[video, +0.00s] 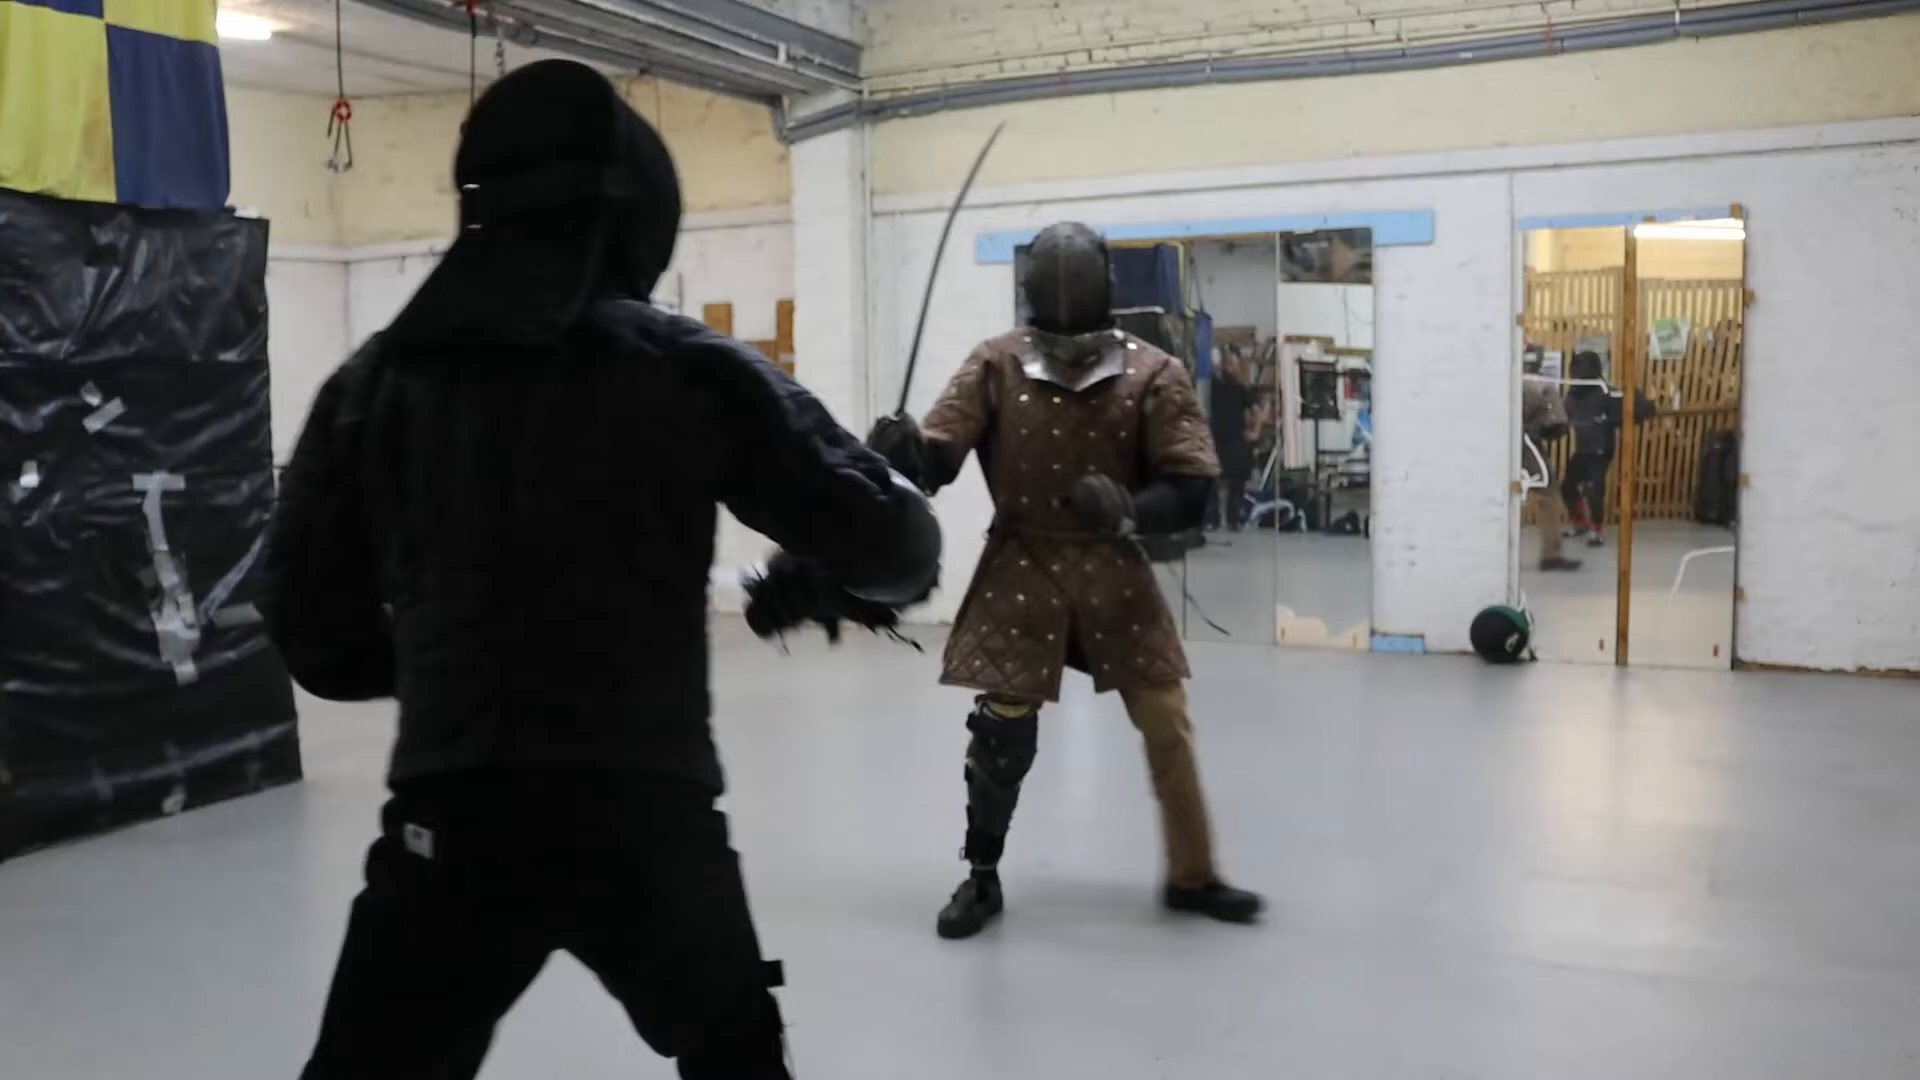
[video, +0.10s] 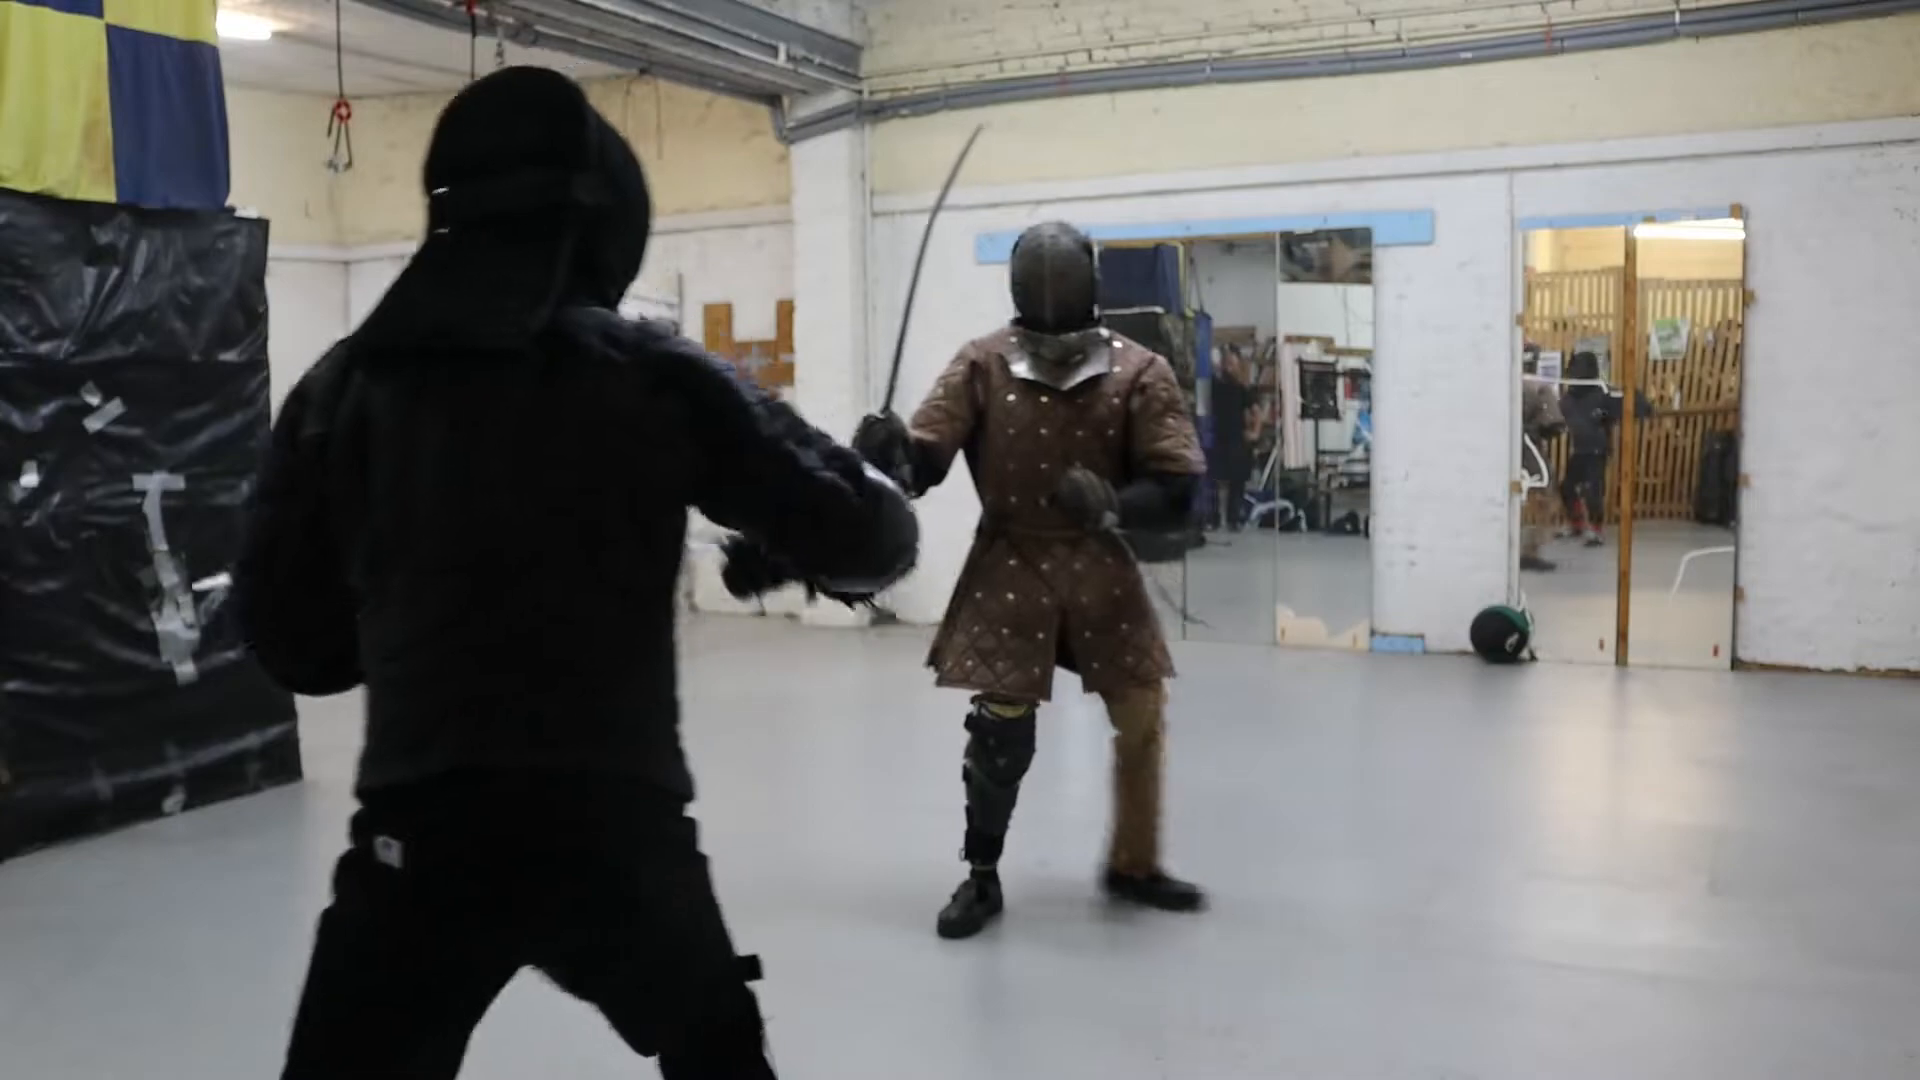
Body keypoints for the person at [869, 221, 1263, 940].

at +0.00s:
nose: (1062, 326)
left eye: (1077, 311)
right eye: (1048, 310)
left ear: (1102, 301)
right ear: (1030, 301)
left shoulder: (1153, 375)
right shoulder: (994, 368)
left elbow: (1195, 492)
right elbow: (935, 462)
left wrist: (1132, 508)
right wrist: (906, 449)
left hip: (1117, 572)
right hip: (1021, 570)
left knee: (1168, 722)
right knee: (1000, 729)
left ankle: (1192, 878)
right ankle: (979, 880)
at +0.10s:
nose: (1056, 352)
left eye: (1069, 337)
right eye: (1041, 338)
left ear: (1092, 307)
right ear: (1019, 311)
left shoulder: (1139, 372)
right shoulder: (981, 368)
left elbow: (1178, 486)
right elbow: (923, 465)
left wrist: (1113, 499)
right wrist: (893, 451)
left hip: (1102, 567)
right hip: (1010, 566)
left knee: (1143, 709)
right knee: (1001, 722)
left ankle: (1133, 868)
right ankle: (981, 877)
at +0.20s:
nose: (1037, 354)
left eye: (1052, 339)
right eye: (1022, 340)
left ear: (1075, 307)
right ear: (1002, 312)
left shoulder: (1123, 370)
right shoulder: (967, 367)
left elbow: (1162, 482)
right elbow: (913, 471)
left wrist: (1094, 496)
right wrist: (880, 463)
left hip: (1085, 567)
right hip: (996, 566)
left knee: (1098, 721)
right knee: (997, 730)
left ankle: (1054, 858)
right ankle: (979, 878)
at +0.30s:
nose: (1027, 333)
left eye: (1040, 318)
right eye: (1012, 317)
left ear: (1064, 299)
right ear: (991, 301)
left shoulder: (1112, 370)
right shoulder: (959, 368)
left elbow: (1152, 483)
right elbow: (916, 464)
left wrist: (1080, 493)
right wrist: (893, 488)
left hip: (1074, 570)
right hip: (987, 567)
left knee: (1061, 731)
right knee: (992, 726)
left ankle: (1025, 857)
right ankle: (980, 877)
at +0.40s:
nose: (1019, 327)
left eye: (1033, 311)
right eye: (1004, 312)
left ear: (1055, 297)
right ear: (985, 300)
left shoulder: (1105, 370)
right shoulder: (954, 369)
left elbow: (1139, 483)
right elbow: (915, 466)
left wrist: (1064, 488)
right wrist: (909, 509)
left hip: (1066, 572)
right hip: (980, 569)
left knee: (1052, 731)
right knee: (985, 727)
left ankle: (1024, 857)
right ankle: (979, 875)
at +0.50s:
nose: (1016, 336)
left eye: (1030, 321)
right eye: (1001, 321)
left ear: (1053, 300)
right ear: (980, 304)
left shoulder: (1098, 370)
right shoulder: (948, 371)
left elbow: (1128, 482)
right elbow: (912, 477)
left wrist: (1052, 487)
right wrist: (915, 524)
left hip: (1061, 572)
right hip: (974, 570)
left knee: (1051, 731)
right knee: (978, 726)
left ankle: (1022, 856)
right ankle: (973, 869)